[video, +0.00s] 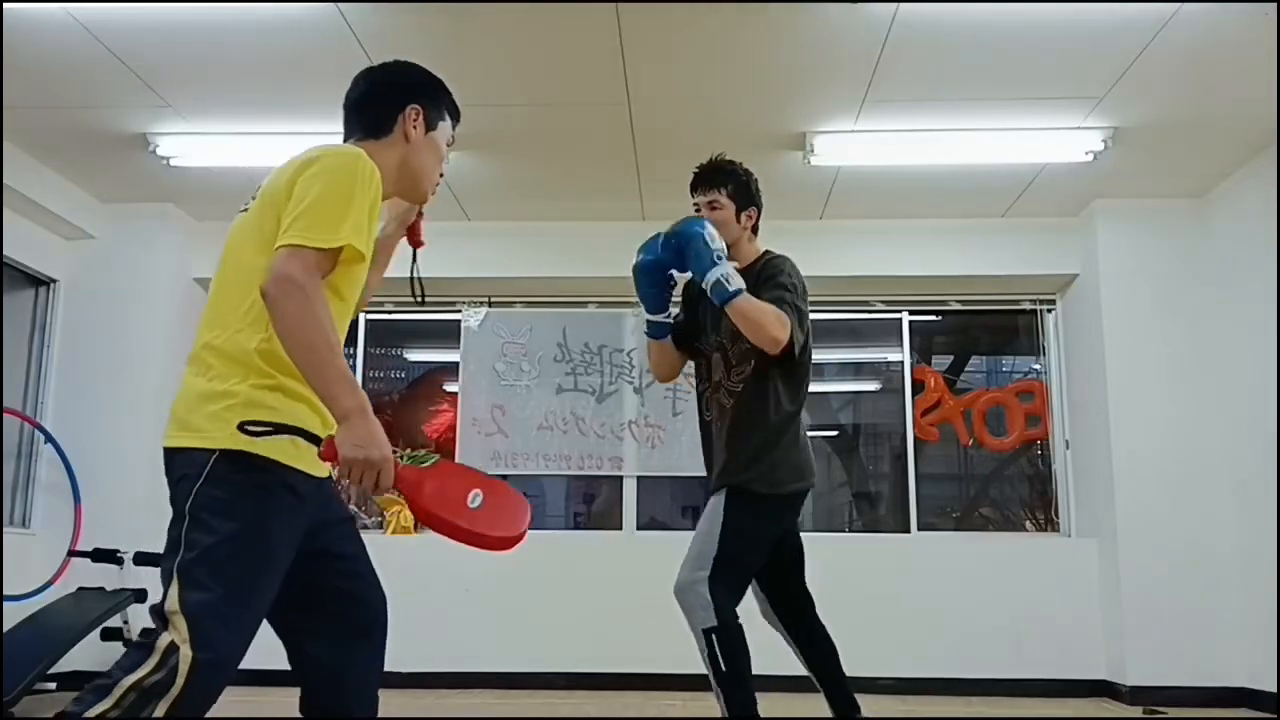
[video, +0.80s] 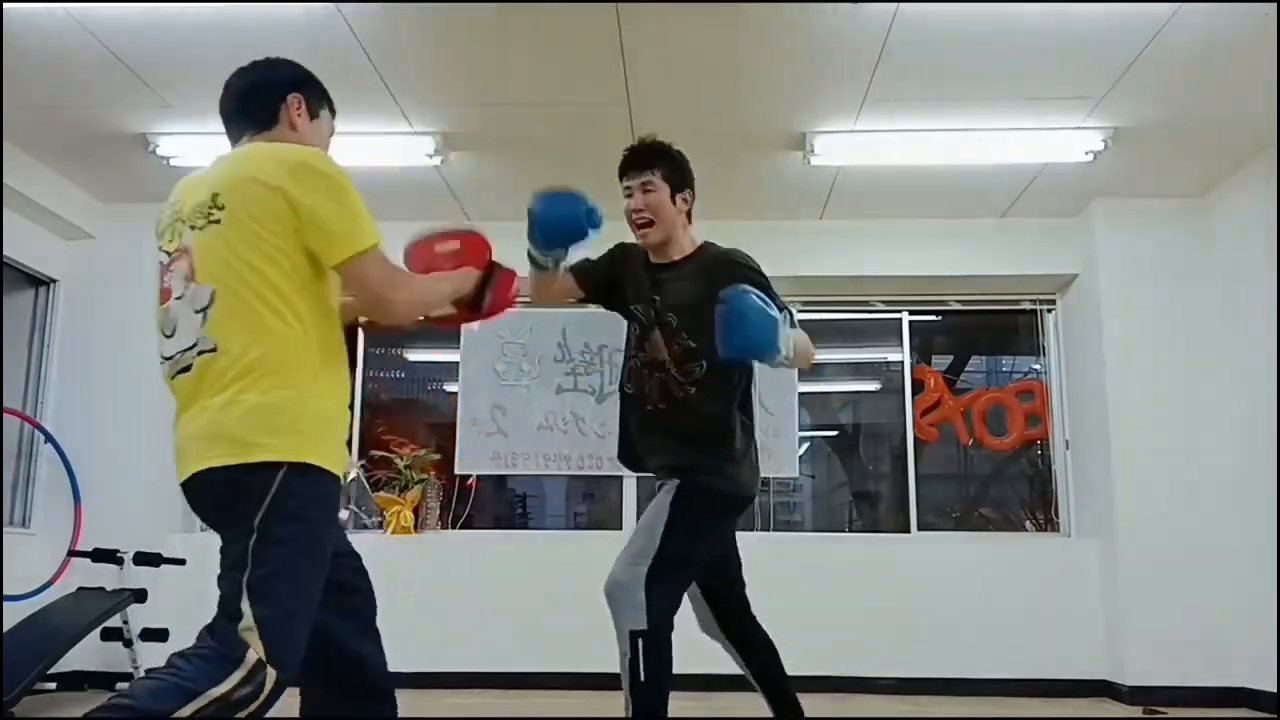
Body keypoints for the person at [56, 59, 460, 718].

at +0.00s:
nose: (443, 169)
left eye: (447, 153)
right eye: (443, 146)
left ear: (395, 125)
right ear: (412, 122)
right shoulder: (345, 165)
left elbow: (338, 309)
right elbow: (290, 281)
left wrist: (393, 232)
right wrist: (355, 414)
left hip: (292, 454)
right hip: (243, 443)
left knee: (350, 629)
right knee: (189, 656)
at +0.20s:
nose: (451, 160)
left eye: (454, 144)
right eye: (449, 137)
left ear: (399, 123)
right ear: (412, 120)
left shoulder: (365, 211)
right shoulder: (347, 169)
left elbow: (412, 295)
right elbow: (298, 272)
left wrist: (494, 247)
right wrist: (412, 369)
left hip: (291, 452)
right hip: (247, 436)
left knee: (345, 624)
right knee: (215, 644)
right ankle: (89, 712)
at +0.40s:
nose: (449, 129)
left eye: (450, 114)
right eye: (440, 108)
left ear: (384, 103)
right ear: (391, 98)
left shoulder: (389, 198)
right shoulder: (297, 161)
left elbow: (473, 244)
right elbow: (334, 280)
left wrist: (568, 248)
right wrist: (425, 186)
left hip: (311, 454)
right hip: (236, 434)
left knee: (364, 620)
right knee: (221, 632)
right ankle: (115, 710)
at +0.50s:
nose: (426, 125)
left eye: (427, 109)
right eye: (419, 107)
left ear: (365, 107)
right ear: (380, 103)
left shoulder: (366, 202)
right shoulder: (296, 171)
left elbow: (416, 288)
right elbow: (380, 279)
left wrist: (495, 323)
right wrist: (412, 156)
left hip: (322, 461)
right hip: (249, 448)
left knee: (385, 613)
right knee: (236, 638)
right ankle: (122, 709)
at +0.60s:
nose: (411, 129)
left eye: (412, 111)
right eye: (405, 108)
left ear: (342, 102)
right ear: (368, 99)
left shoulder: (305, 174)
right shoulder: (320, 159)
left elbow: (307, 322)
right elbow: (423, 266)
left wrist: (386, 388)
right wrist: (440, 150)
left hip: (307, 444)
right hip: (281, 439)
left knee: (379, 611)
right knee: (254, 644)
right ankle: (123, 715)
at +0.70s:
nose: (366, 138)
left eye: (368, 127)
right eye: (363, 123)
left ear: (285, 119)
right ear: (332, 109)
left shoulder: (233, 199)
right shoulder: (339, 170)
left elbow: (262, 322)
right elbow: (475, 249)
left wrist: (377, 374)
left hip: (245, 451)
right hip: (297, 452)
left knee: (370, 621)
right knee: (249, 657)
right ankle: (121, 713)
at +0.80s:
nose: (329, 142)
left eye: (331, 130)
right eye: (326, 126)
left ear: (241, 123)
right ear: (295, 111)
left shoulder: (187, 198)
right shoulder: (301, 168)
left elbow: (257, 306)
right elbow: (389, 298)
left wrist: (370, 306)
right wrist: (462, 283)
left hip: (213, 455)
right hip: (284, 447)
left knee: (343, 611)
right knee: (245, 657)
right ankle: (116, 713)